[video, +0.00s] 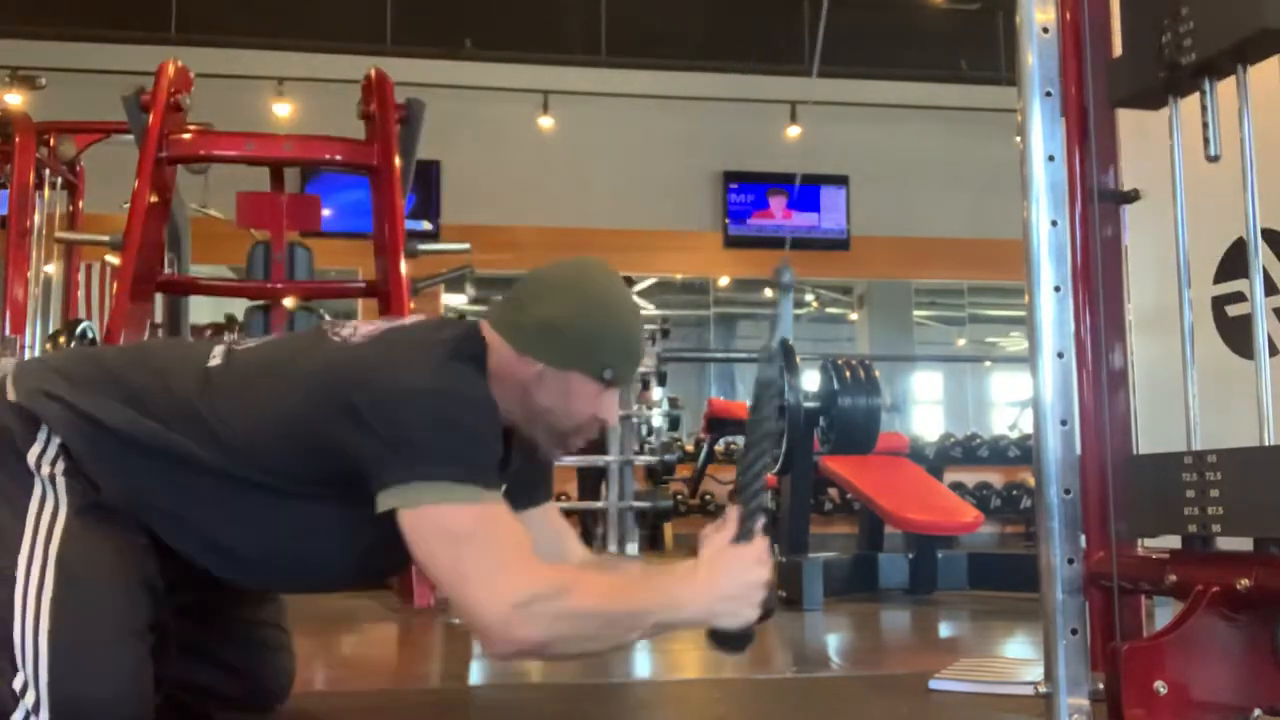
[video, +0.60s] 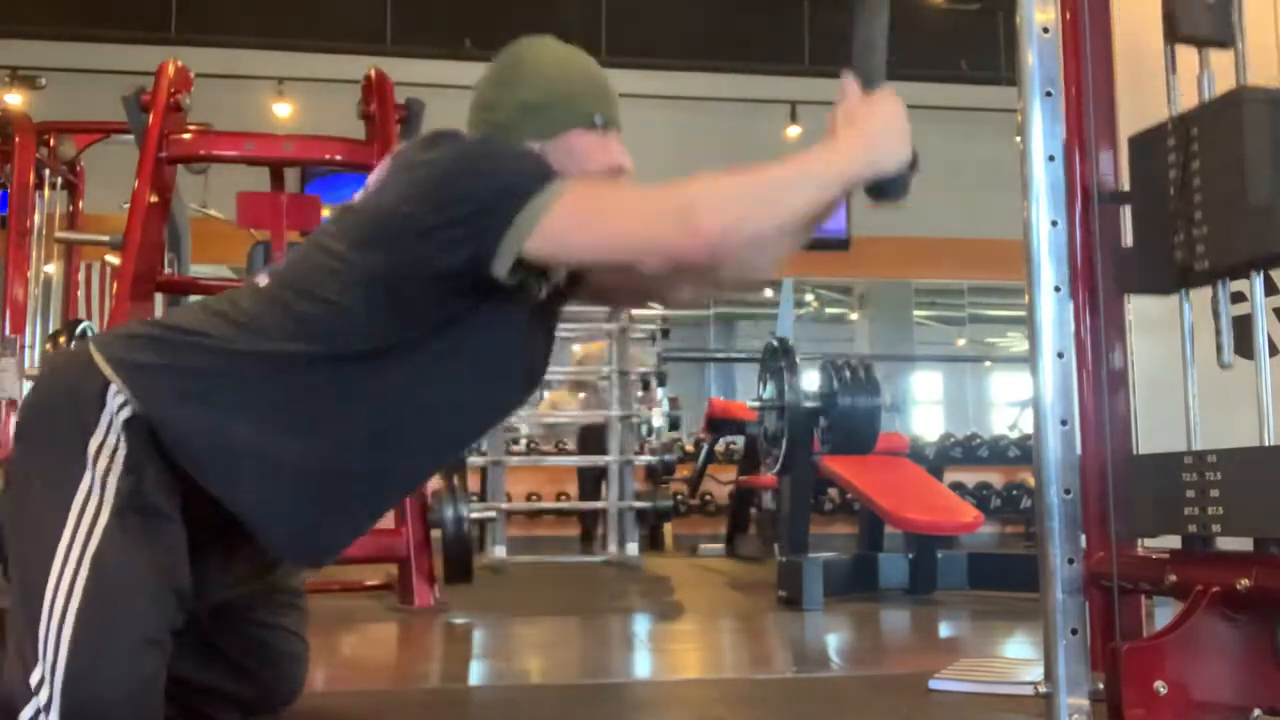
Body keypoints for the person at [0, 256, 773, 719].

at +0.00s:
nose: (616, 416)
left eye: (624, 393)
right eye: (608, 387)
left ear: (545, 367)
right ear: (541, 364)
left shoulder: (505, 428)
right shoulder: (429, 391)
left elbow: (563, 581)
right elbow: (508, 616)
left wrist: (689, 586)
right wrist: (687, 594)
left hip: (198, 499)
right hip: (71, 446)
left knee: (246, 682)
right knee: (83, 696)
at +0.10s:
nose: (630, 379)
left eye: (636, 357)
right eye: (619, 354)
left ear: (554, 339)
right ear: (545, 337)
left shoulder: (521, 396)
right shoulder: (447, 367)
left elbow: (591, 541)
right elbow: (555, 575)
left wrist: (737, 537)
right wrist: (737, 549)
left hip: (206, 502)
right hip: (82, 447)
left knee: (250, 679)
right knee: (83, 696)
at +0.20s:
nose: (635, 347)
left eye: (638, 323)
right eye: (623, 319)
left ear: (566, 309)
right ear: (549, 301)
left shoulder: (521, 369)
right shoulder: (457, 329)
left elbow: (608, 500)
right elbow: (605, 519)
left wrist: (755, 488)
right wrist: (778, 487)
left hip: (196, 498)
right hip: (84, 445)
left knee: (253, 674)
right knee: (81, 694)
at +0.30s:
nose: (636, 300)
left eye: (638, 278)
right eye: (625, 275)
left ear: (554, 265)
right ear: (555, 264)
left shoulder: (511, 329)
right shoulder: (465, 299)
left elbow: (630, 442)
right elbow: (645, 459)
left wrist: (783, 429)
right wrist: (818, 415)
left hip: (188, 493)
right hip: (85, 438)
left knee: (252, 670)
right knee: (78, 695)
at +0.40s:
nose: (639, 260)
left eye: (639, 237)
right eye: (626, 235)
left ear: (554, 229)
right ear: (558, 223)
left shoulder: (512, 311)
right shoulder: (465, 260)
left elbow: (664, 395)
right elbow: (667, 380)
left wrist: (811, 349)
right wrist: (839, 335)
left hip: (211, 498)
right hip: (100, 433)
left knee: (253, 682)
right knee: (78, 702)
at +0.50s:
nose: (632, 212)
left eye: (628, 185)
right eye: (616, 187)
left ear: (555, 192)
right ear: (556, 186)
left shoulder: (521, 273)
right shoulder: (466, 223)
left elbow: (674, 305)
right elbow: (688, 316)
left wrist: (830, 251)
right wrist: (846, 248)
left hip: (230, 506)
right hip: (114, 435)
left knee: (249, 688)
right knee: (77, 699)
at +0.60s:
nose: (622, 154)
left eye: (618, 133)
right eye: (606, 131)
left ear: (544, 137)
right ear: (550, 134)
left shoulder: (533, 254)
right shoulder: (461, 177)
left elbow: (689, 269)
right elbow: (694, 227)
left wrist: (828, 188)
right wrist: (848, 149)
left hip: (227, 500)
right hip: (127, 430)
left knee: (251, 683)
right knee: (78, 698)